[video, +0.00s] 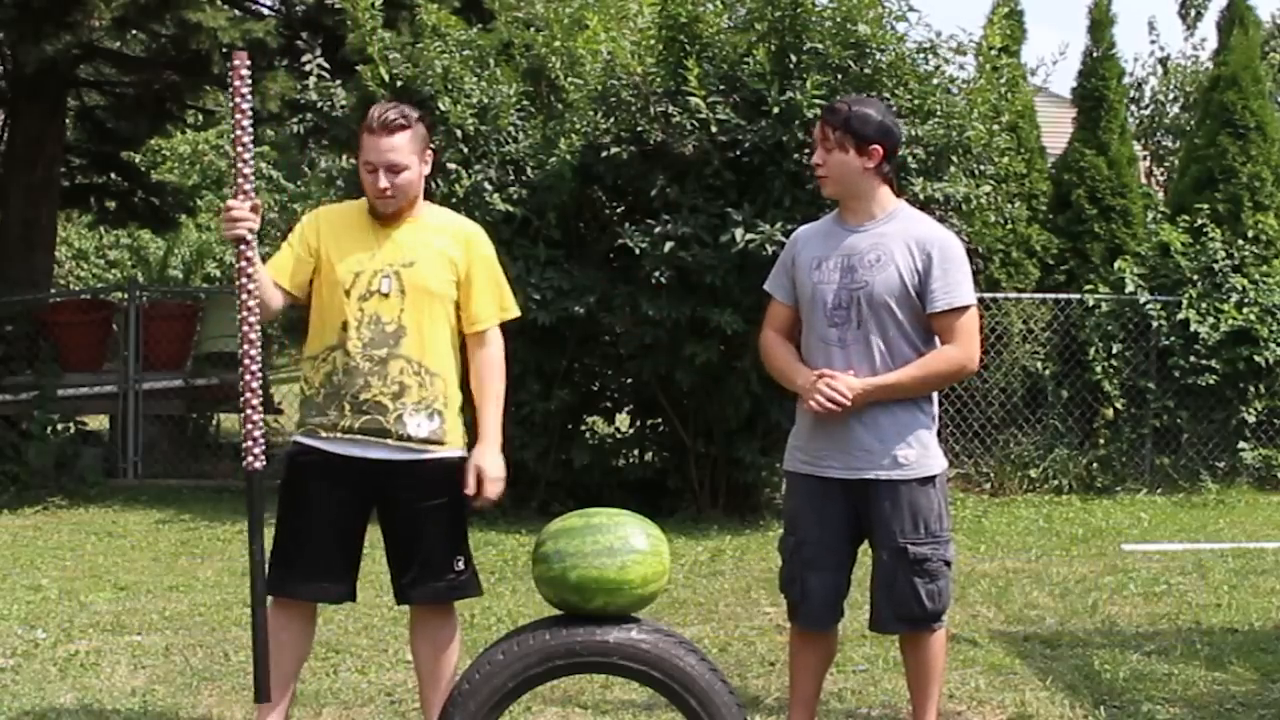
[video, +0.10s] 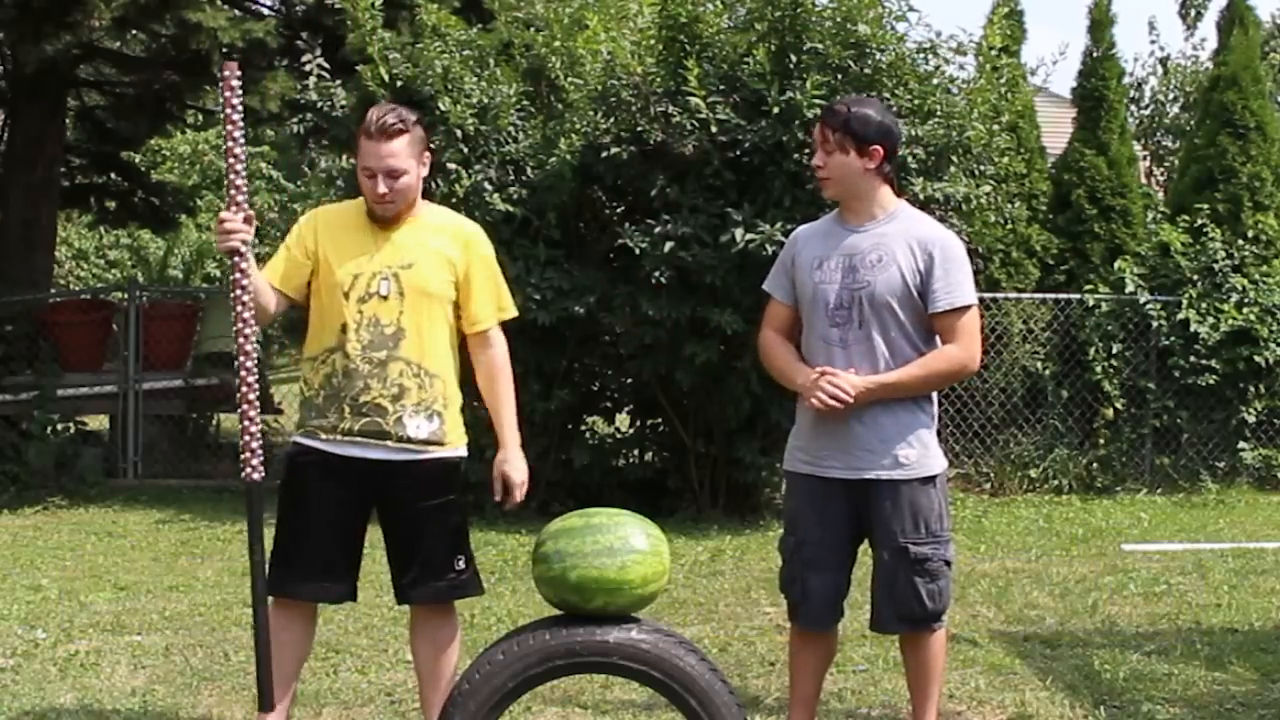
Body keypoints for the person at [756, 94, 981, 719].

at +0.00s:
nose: (815, 160)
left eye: (827, 149)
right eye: (815, 148)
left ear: (872, 156)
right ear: (844, 155)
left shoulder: (933, 243)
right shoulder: (804, 243)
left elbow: (964, 353)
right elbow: (773, 337)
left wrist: (865, 387)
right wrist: (803, 379)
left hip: (904, 465)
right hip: (815, 463)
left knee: (921, 611)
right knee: (809, 611)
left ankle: (924, 716)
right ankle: (799, 716)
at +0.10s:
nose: (816, 162)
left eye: (829, 151)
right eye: (816, 149)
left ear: (874, 157)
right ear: (823, 155)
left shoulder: (934, 243)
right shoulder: (803, 243)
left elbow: (965, 352)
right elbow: (772, 337)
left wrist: (866, 385)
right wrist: (804, 378)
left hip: (905, 466)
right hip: (815, 463)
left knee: (922, 611)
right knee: (809, 611)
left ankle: (924, 716)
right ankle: (799, 716)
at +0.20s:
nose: (821, 169)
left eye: (834, 156)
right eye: (818, 156)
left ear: (879, 159)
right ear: (822, 160)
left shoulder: (938, 244)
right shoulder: (806, 243)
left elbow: (966, 351)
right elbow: (778, 337)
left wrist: (875, 381)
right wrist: (801, 377)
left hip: (904, 465)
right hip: (815, 462)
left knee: (922, 610)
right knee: (809, 609)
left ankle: (925, 716)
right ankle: (799, 716)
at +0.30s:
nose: (831, 166)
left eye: (845, 152)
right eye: (824, 154)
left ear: (886, 156)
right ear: (818, 161)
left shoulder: (939, 244)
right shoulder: (807, 244)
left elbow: (965, 351)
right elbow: (785, 332)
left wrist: (881, 376)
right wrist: (779, 375)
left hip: (905, 465)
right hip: (816, 462)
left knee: (923, 610)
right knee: (810, 609)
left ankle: (924, 716)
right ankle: (799, 716)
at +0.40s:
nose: (843, 161)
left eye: (857, 147)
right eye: (831, 150)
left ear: (892, 154)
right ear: (821, 161)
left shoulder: (939, 242)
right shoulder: (805, 245)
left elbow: (968, 349)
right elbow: (780, 343)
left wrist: (891, 372)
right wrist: (747, 363)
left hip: (907, 465)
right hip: (817, 462)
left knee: (923, 610)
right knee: (811, 609)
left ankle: (925, 716)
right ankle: (799, 716)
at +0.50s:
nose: (845, 158)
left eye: (859, 144)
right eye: (833, 148)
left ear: (892, 153)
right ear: (822, 162)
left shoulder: (940, 242)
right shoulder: (804, 245)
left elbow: (971, 347)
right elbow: (774, 337)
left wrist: (897, 374)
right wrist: (713, 339)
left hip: (908, 464)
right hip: (818, 461)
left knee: (924, 610)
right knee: (812, 610)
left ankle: (925, 716)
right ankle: (799, 717)